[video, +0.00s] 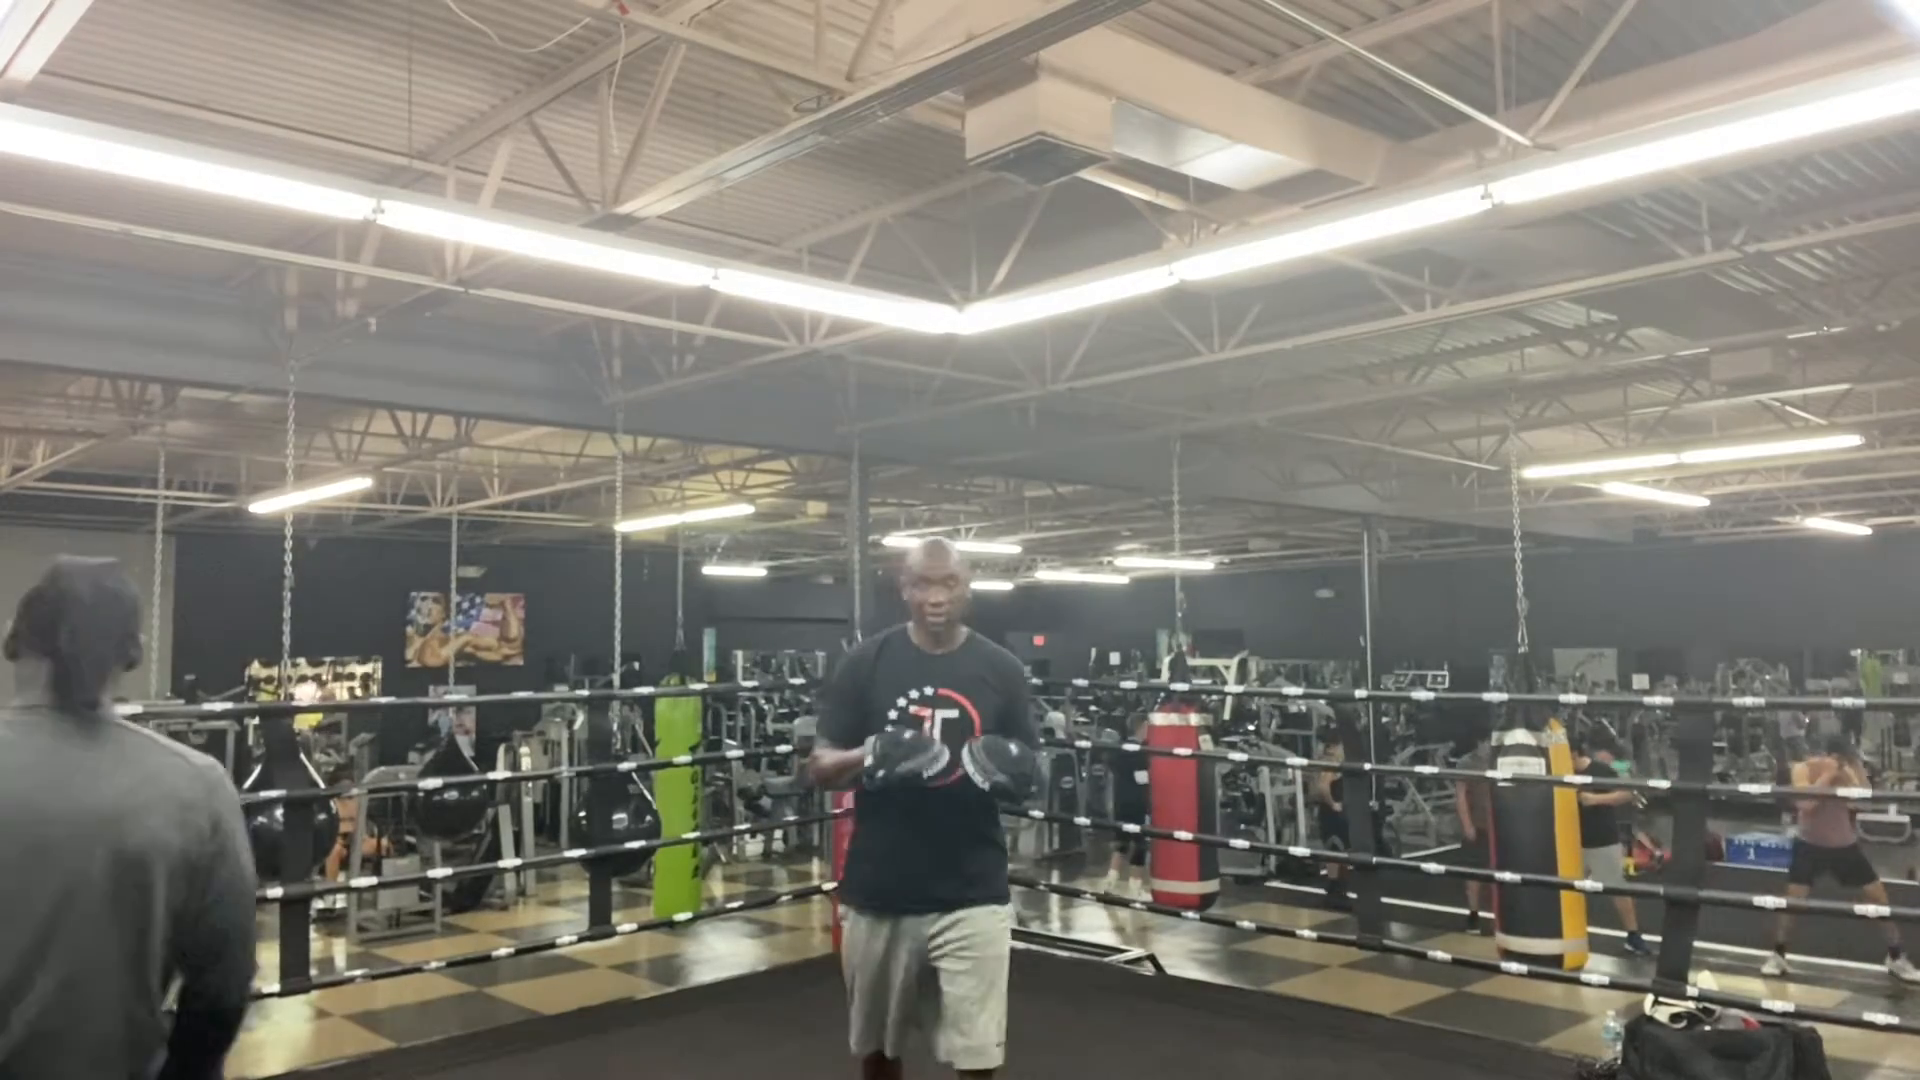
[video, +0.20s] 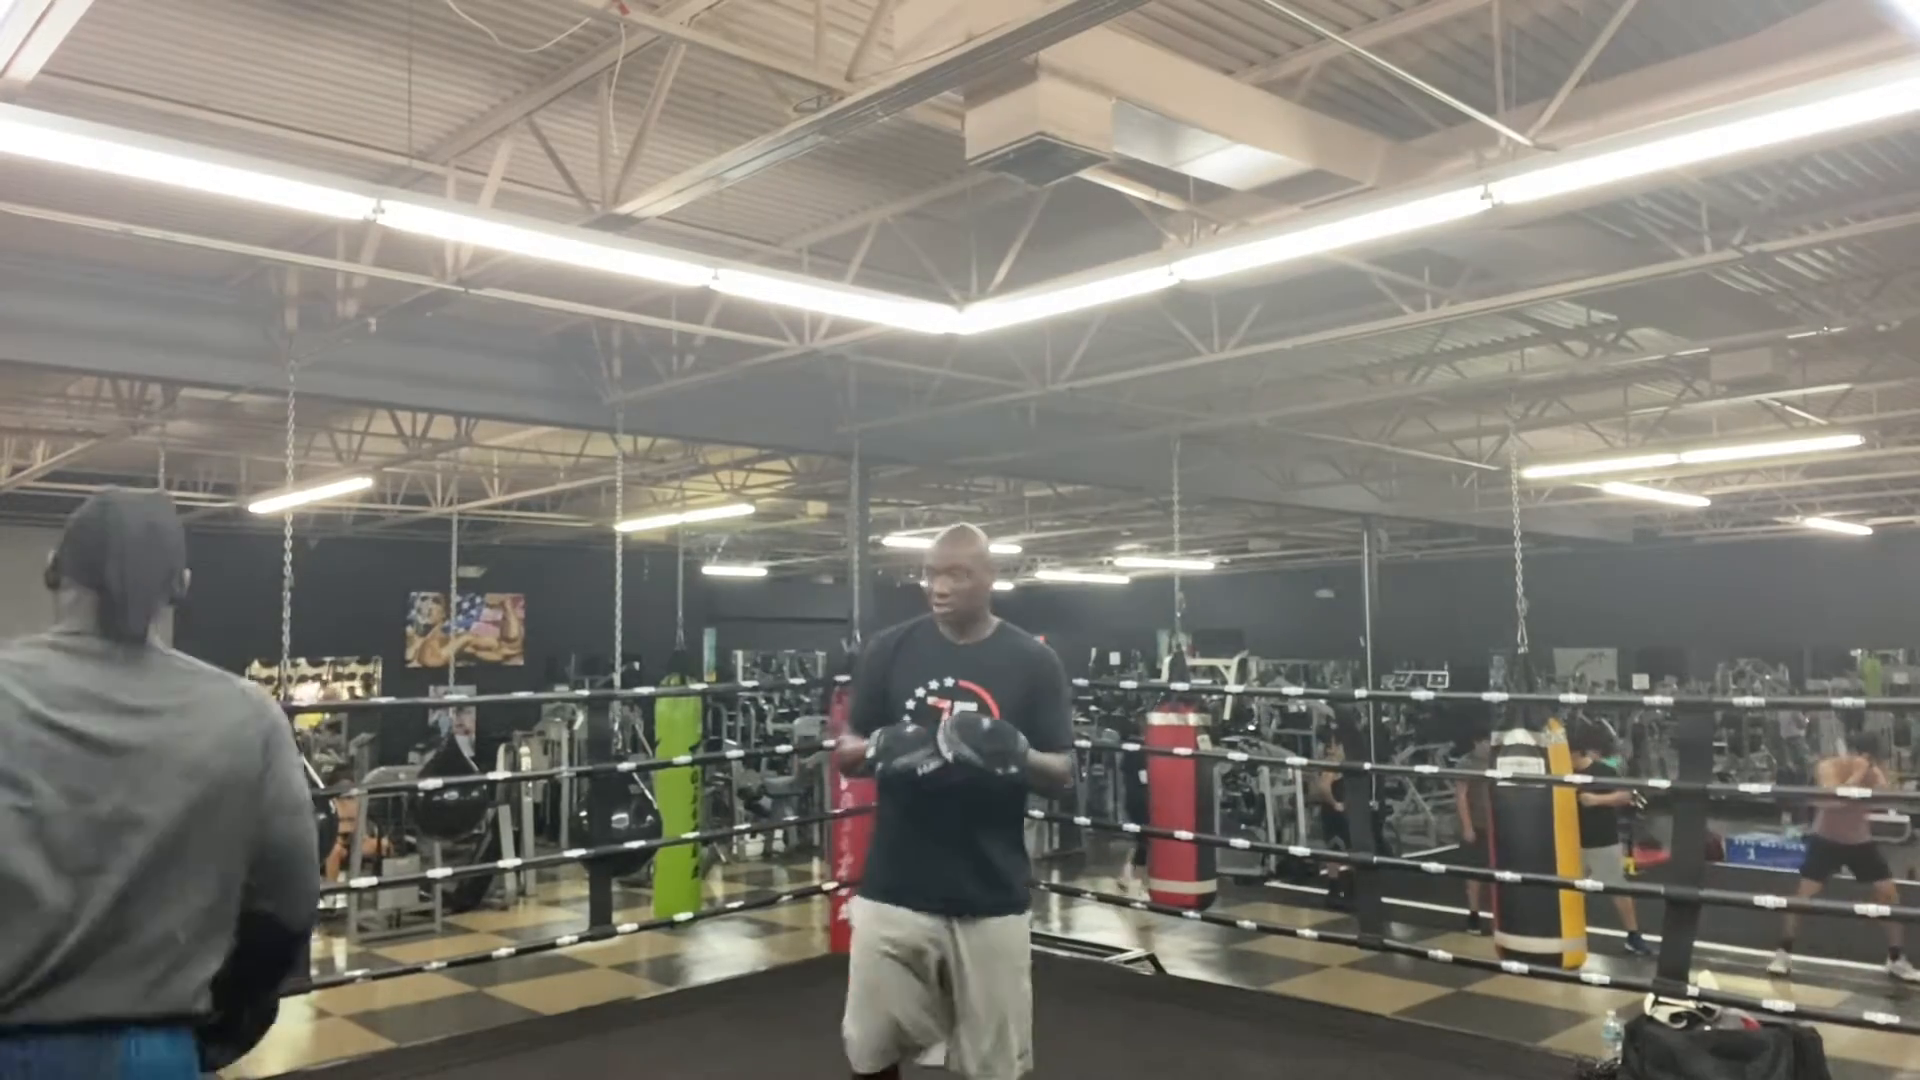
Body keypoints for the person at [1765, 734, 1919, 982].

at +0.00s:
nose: (1836, 762)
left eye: (1841, 759)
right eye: (1833, 757)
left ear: (1846, 758)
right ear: (1823, 753)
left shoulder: (1851, 770)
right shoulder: (1802, 769)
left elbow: (1864, 796)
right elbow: (1804, 805)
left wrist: (1844, 772)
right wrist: (1826, 777)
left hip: (1846, 848)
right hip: (1809, 847)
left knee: (1879, 898)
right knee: (1793, 900)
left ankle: (1896, 957)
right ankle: (1777, 956)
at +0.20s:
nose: (1863, 762)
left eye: (1868, 759)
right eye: (1860, 757)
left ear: (1872, 758)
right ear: (1851, 753)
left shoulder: (1874, 773)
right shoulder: (1829, 767)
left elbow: (1886, 800)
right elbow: (1831, 796)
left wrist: (1871, 775)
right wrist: (1856, 774)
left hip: (1860, 843)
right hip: (1826, 841)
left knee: (1888, 894)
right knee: (1803, 896)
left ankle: (1895, 958)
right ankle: (1783, 953)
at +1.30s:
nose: (1864, 773)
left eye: (1868, 768)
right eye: (1859, 768)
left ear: (1875, 767)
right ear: (1846, 767)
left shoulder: (1880, 780)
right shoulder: (1832, 782)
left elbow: (1906, 813)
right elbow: (1826, 821)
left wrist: (1883, 785)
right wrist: (1842, 791)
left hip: (1881, 855)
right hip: (1843, 855)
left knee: (1914, 895)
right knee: (1826, 901)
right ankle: (1805, 948)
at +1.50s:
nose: (1912, 768)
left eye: (1915, 763)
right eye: (1910, 762)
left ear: (1916, 763)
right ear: (1900, 760)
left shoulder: (1915, 782)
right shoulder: (1882, 780)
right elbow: (1886, 819)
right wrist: (1909, 794)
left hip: (1910, 859)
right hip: (1877, 858)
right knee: (1870, 915)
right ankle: (1817, 940)